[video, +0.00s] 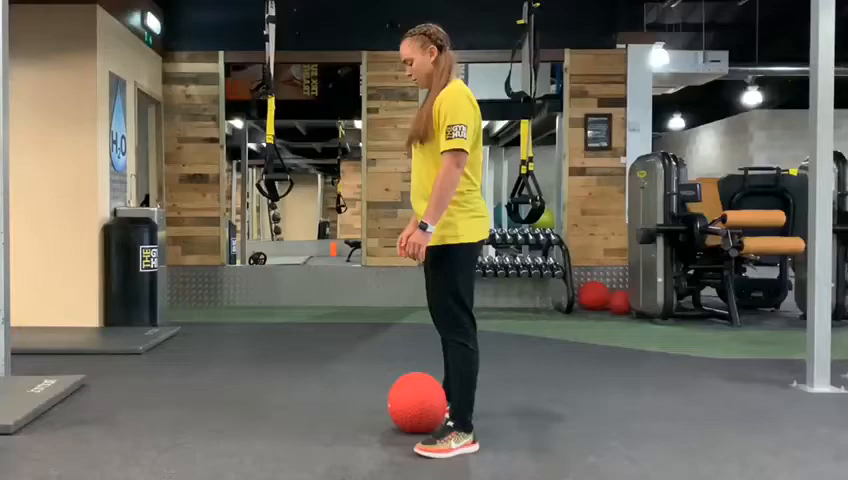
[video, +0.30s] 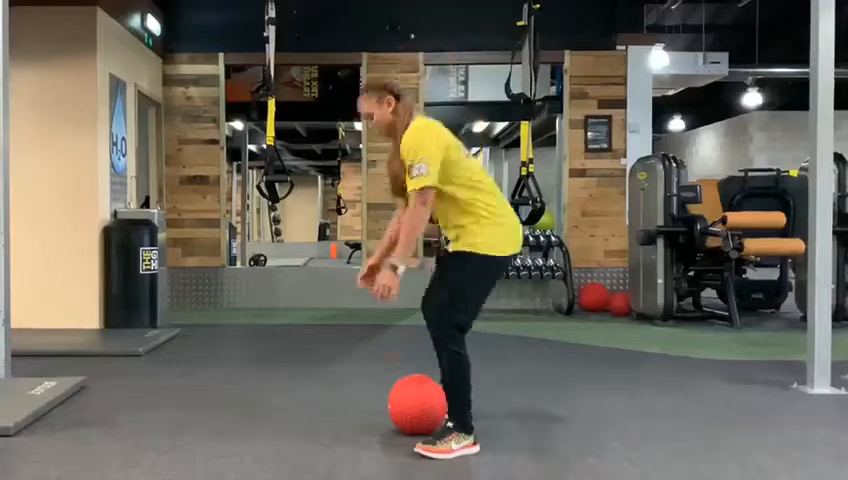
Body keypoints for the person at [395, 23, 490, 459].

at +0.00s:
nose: (406, 70)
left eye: (408, 61)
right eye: (404, 62)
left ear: (433, 53)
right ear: (427, 56)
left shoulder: (455, 97)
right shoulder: (439, 100)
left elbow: (455, 166)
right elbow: (435, 171)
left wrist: (425, 225)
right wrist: (416, 224)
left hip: (455, 232)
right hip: (442, 233)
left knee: (456, 326)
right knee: (448, 324)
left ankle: (462, 429)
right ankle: (454, 416)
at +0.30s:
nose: (368, 125)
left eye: (370, 116)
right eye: (365, 117)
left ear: (390, 104)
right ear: (390, 105)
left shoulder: (422, 135)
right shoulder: (411, 140)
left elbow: (422, 205)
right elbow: (406, 208)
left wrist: (395, 266)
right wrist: (380, 257)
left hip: (488, 236)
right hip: (470, 236)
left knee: (445, 320)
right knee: (434, 309)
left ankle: (462, 430)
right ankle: (455, 412)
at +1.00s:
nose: (386, 130)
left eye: (392, 122)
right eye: (386, 123)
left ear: (417, 121)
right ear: (413, 123)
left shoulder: (436, 154)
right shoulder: (422, 158)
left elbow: (424, 219)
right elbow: (413, 216)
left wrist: (368, 222)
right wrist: (372, 232)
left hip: (496, 254)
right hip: (473, 252)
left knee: (437, 322)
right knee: (424, 311)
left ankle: (464, 434)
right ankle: (450, 401)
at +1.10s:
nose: (407, 96)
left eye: (412, 89)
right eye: (406, 90)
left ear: (436, 87)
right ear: (432, 88)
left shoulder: (453, 117)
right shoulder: (437, 123)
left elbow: (401, 156)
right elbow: (401, 166)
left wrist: (362, 124)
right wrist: (366, 138)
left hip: (477, 243)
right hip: (459, 241)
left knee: (432, 322)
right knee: (420, 314)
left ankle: (463, 433)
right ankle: (449, 401)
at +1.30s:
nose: (402, 70)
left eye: (405, 61)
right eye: (399, 64)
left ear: (427, 55)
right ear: (433, 60)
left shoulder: (450, 84)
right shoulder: (438, 92)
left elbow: (407, 38)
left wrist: (410, 5)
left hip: (442, 224)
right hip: (431, 222)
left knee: (428, 321)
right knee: (422, 316)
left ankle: (464, 434)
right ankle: (451, 400)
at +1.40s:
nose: (394, 82)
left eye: (397, 74)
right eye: (391, 76)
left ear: (420, 61)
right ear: (410, 66)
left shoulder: (445, 90)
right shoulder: (420, 97)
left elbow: (427, 16)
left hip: (434, 221)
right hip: (418, 220)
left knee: (431, 320)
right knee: (420, 313)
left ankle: (464, 433)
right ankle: (450, 396)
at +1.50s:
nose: (389, 82)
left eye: (392, 73)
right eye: (386, 75)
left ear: (415, 63)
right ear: (408, 66)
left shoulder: (438, 88)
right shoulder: (414, 95)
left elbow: (439, 23)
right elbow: (435, 22)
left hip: (430, 217)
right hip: (414, 217)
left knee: (431, 319)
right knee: (425, 316)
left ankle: (465, 431)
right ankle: (449, 396)